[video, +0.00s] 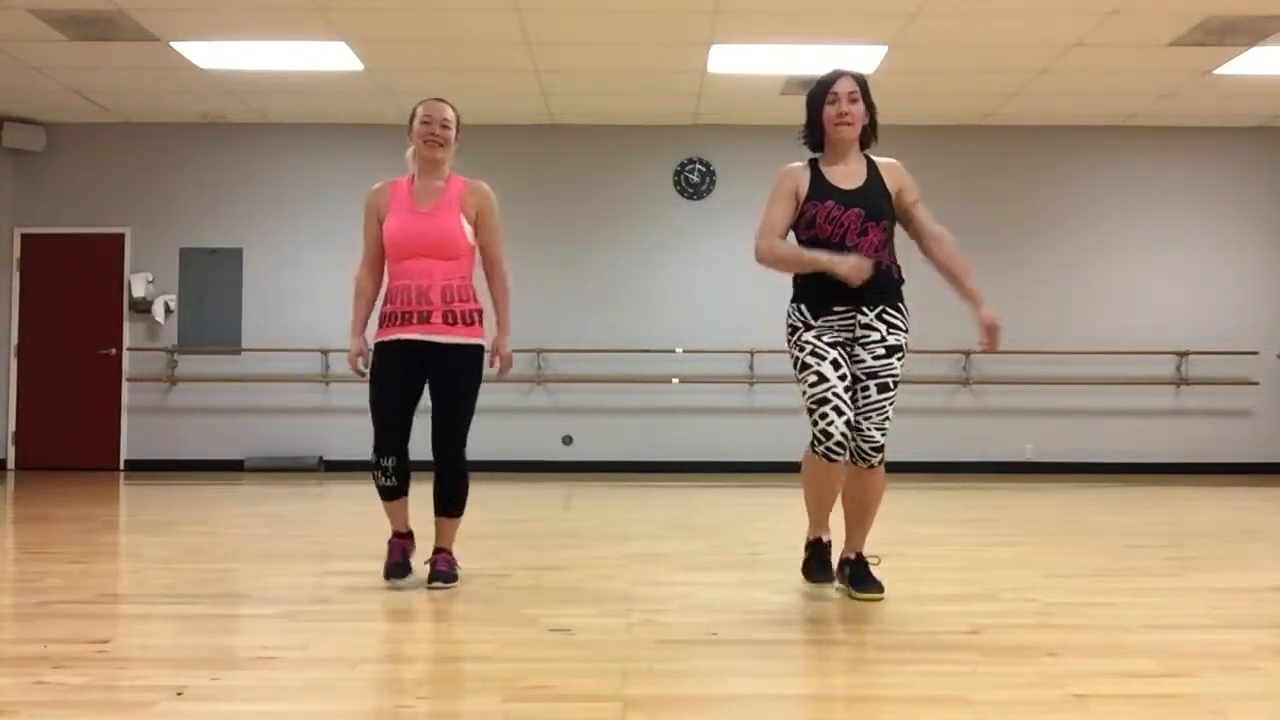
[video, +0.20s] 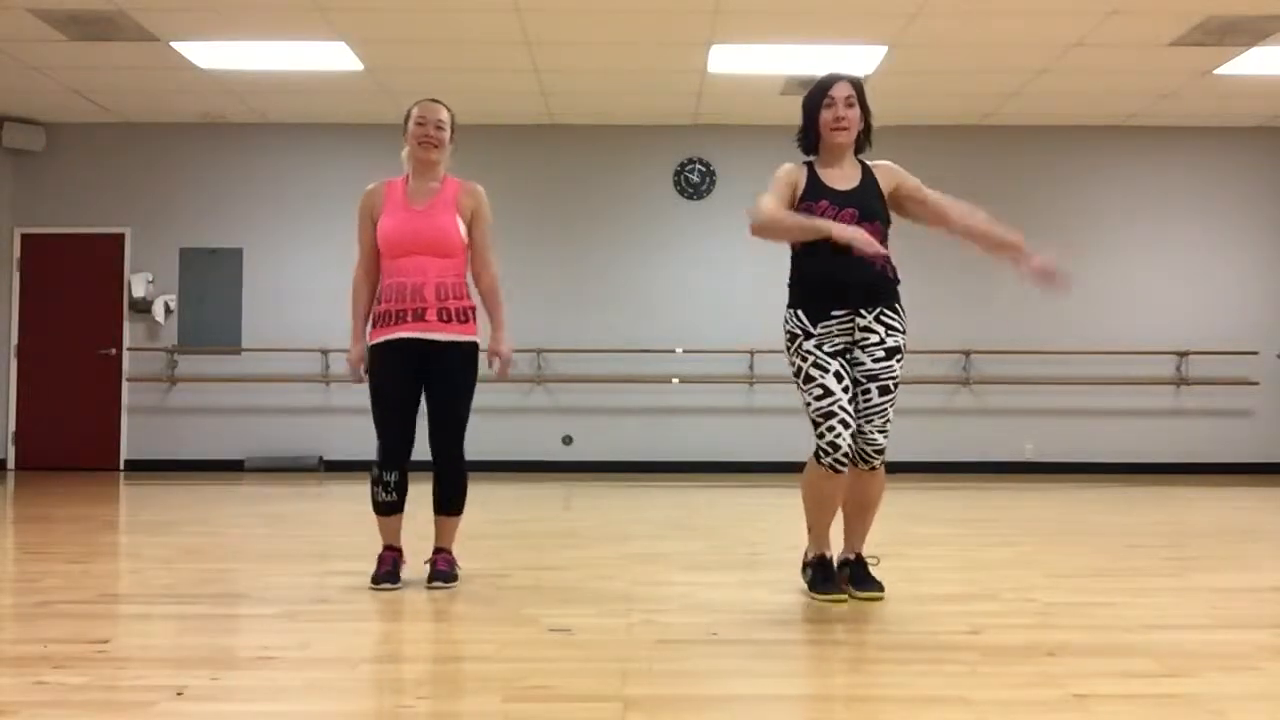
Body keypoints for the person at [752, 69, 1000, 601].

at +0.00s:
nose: (845, 108)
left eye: (854, 100)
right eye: (835, 101)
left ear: (869, 112)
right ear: (817, 114)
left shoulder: (891, 174)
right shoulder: (796, 177)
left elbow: (935, 241)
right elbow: (766, 249)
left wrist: (979, 304)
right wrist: (831, 260)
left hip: (881, 318)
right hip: (817, 319)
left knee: (870, 438)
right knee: (832, 431)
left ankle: (854, 556)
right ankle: (818, 539)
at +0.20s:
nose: (840, 113)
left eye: (849, 104)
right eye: (830, 105)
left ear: (863, 116)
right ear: (812, 117)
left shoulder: (883, 176)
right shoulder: (793, 177)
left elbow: (950, 214)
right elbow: (762, 221)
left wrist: (1020, 250)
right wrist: (834, 229)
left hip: (878, 324)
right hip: (814, 325)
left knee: (871, 443)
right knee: (835, 440)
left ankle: (854, 558)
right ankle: (818, 555)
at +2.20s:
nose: (837, 104)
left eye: (847, 95)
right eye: (827, 95)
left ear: (862, 107)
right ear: (810, 107)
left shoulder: (882, 160)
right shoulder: (788, 165)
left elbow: (960, 156)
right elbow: (715, 154)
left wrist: (1040, 157)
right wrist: (789, 149)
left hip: (871, 311)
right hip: (805, 312)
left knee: (869, 436)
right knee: (818, 435)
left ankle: (864, 539)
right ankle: (820, 561)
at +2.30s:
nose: (839, 108)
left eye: (848, 99)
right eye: (829, 99)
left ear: (863, 110)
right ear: (812, 111)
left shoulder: (886, 163)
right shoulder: (790, 169)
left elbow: (963, 157)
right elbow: (716, 159)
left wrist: (1038, 155)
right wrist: (792, 153)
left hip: (873, 316)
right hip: (807, 316)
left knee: (866, 442)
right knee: (820, 439)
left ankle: (859, 557)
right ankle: (820, 562)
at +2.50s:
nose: (841, 102)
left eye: (850, 94)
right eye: (831, 94)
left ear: (865, 106)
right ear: (814, 106)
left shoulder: (887, 158)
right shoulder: (792, 163)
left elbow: (964, 152)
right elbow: (720, 152)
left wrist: (1039, 149)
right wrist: (793, 146)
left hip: (880, 311)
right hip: (815, 313)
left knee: (872, 436)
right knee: (829, 432)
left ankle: (861, 556)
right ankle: (819, 545)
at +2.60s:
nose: (840, 102)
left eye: (850, 94)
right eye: (830, 94)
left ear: (864, 106)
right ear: (813, 105)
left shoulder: (886, 158)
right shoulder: (792, 164)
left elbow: (963, 150)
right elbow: (719, 152)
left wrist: (1037, 146)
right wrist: (793, 146)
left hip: (881, 312)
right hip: (815, 313)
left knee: (871, 436)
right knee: (835, 429)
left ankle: (859, 556)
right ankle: (816, 534)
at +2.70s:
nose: (838, 105)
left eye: (848, 96)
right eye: (828, 97)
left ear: (863, 108)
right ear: (811, 108)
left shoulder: (884, 160)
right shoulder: (790, 166)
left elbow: (959, 152)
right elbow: (716, 152)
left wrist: (1035, 146)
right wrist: (790, 147)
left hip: (879, 313)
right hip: (813, 315)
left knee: (869, 439)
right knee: (834, 438)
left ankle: (858, 559)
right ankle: (816, 556)